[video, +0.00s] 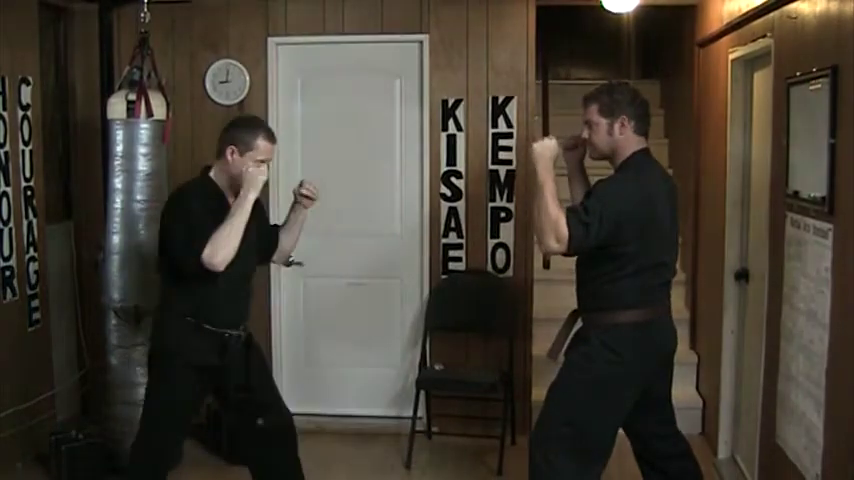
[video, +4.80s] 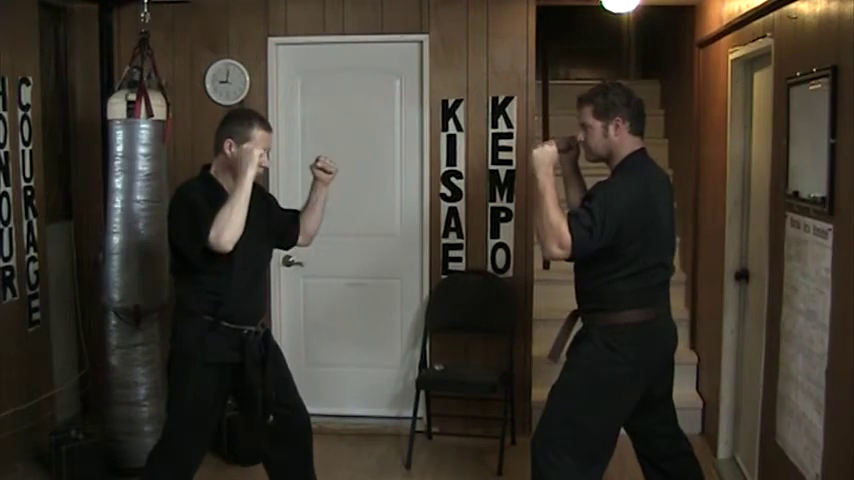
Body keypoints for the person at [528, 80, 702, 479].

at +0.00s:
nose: (585, 136)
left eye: (590, 126)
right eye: (584, 127)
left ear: (621, 126)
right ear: (624, 127)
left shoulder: (623, 186)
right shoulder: (659, 181)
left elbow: (556, 238)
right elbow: (591, 229)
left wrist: (543, 164)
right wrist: (575, 167)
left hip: (613, 341)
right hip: (652, 336)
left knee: (555, 452)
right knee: (661, 447)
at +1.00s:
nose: (586, 135)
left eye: (591, 125)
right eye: (585, 125)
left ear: (621, 126)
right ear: (626, 126)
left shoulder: (621, 187)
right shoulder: (662, 179)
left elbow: (550, 247)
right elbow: (602, 220)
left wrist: (540, 185)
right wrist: (587, 163)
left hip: (616, 342)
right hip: (659, 337)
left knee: (557, 455)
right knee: (666, 449)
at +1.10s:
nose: (585, 136)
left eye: (590, 126)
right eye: (585, 126)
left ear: (620, 126)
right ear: (628, 126)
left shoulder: (618, 189)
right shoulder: (663, 180)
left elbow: (548, 253)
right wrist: (595, 169)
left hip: (617, 342)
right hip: (661, 336)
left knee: (557, 454)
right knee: (666, 450)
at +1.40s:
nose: (583, 140)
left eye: (588, 129)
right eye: (583, 130)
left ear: (618, 127)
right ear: (624, 127)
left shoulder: (623, 191)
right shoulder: (660, 181)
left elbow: (556, 265)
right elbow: (601, 231)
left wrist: (548, 252)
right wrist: (584, 172)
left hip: (621, 341)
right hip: (658, 335)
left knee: (559, 452)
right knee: (664, 449)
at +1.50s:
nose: (581, 141)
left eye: (587, 130)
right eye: (581, 131)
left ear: (618, 129)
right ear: (619, 129)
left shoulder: (633, 186)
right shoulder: (631, 178)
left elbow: (586, 260)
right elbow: (575, 221)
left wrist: (555, 205)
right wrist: (544, 185)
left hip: (625, 341)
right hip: (645, 333)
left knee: (562, 454)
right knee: (663, 450)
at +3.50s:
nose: (588, 136)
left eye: (594, 126)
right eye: (588, 127)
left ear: (625, 127)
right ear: (628, 127)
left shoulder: (631, 185)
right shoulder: (661, 179)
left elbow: (562, 243)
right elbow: (599, 227)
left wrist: (548, 170)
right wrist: (581, 167)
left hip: (618, 342)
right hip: (655, 336)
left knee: (556, 455)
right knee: (665, 450)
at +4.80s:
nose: (582, 138)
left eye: (586, 128)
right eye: (580, 129)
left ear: (616, 126)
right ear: (621, 127)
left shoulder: (625, 185)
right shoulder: (654, 179)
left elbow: (560, 244)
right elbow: (587, 229)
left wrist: (543, 173)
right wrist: (571, 170)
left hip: (615, 342)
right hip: (651, 335)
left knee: (556, 455)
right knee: (664, 449)